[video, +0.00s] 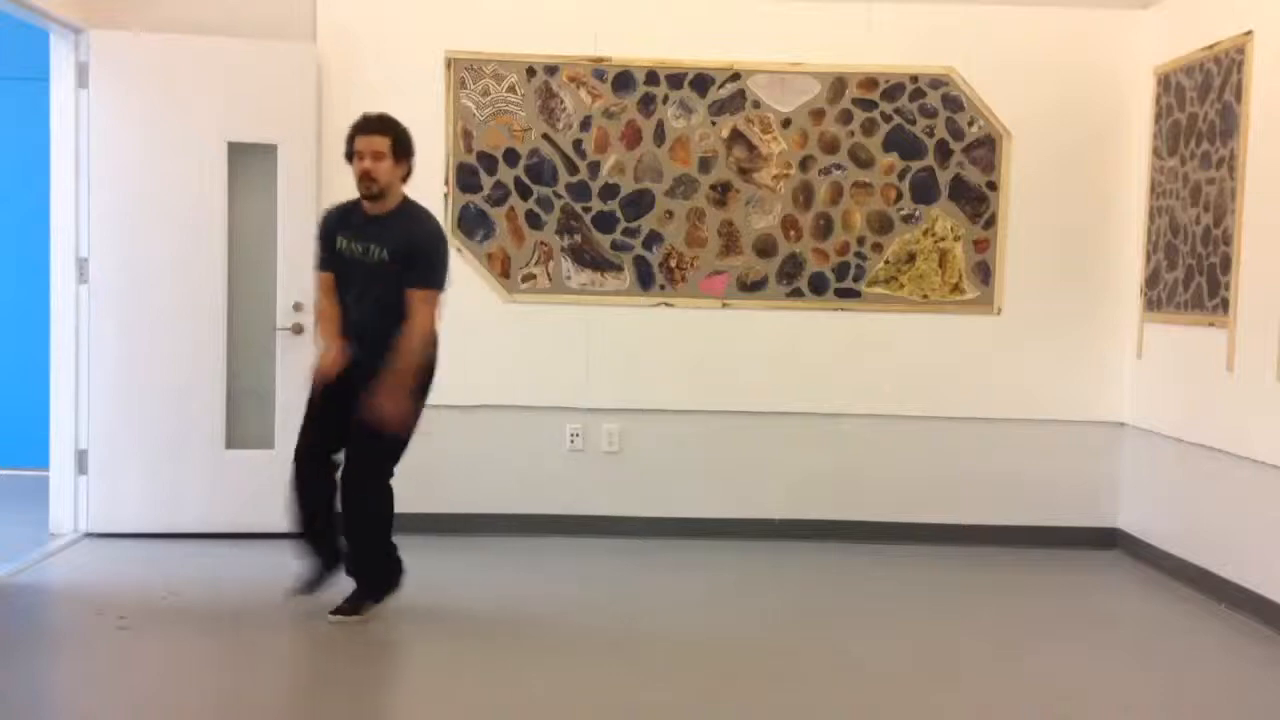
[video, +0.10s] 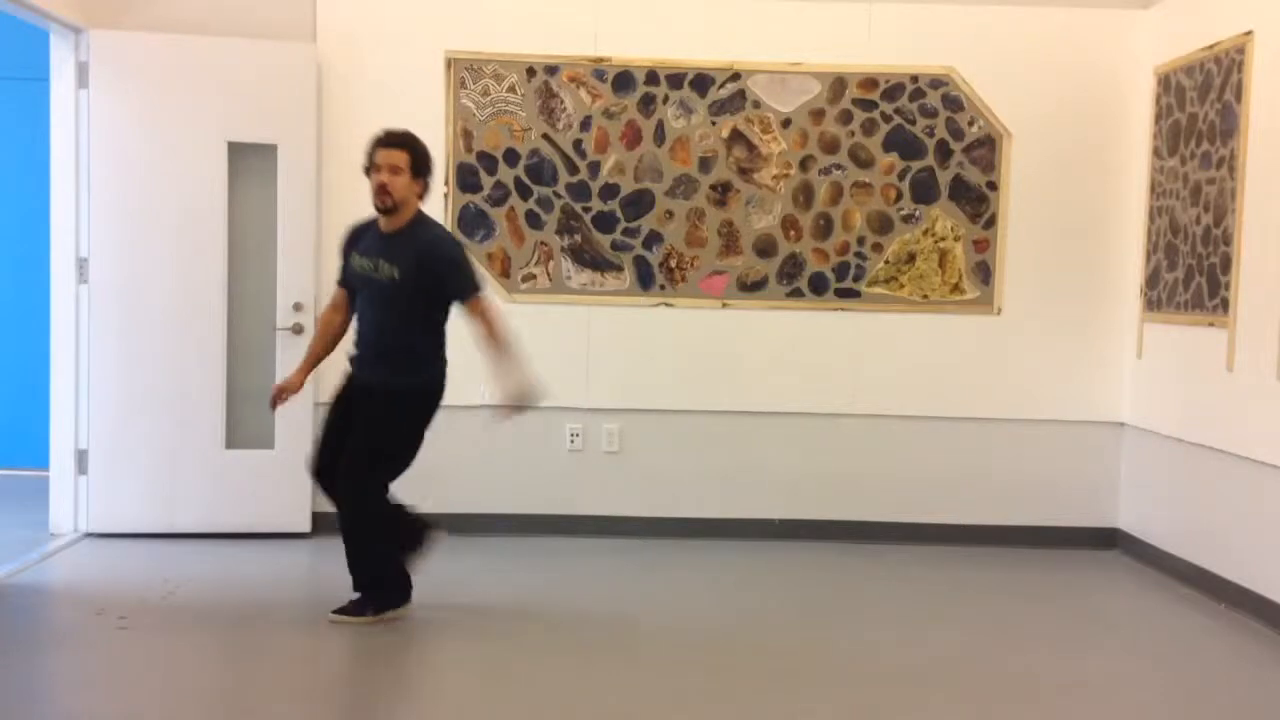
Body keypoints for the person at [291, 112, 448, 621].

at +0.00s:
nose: (365, 167)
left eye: (377, 158)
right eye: (358, 158)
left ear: (402, 165)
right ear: (350, 163)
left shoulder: (421, 229)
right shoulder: (337, 222)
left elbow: (421, 318)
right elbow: (327, 292)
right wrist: (331, 343)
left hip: (402, 356)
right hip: (350, 352)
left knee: (366, 468)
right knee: (311, 456)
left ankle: (376, 574)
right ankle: (327, 551)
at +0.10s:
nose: (382, 180)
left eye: (395, 172)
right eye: (376, 170)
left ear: (420, 183)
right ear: (368, 177)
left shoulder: (438, 247)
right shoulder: (360, 239)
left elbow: (482, 313)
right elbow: (339, 310)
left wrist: (512, 379)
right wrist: (300, 375)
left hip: (413, 385)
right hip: (365, 378)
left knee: (358, 480)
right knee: (329, 469)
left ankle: (383, 590)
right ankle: (405, 531)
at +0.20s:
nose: (407, 178)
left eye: (420, 170)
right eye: (402, 168)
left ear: (443, 185)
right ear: (393, 176)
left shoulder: (460, 239)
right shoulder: (380, 236)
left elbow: (527, 279)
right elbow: (360, 295)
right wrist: (337, 345)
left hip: (435, 380)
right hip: (390, 378)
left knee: (386, 480)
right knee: (387, 480)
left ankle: (386, 593)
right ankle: (466, 538)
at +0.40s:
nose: (445, 164)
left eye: (458, 156)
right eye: (439, 155)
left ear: (480, 167)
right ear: (430, 162)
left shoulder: (501, 224)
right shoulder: (422, 226)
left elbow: (549, 278)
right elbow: (422, 296)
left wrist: (556, 342)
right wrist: (427, 357)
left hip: (498, 365)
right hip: (448, 366)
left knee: (486, 478)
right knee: (475, 476)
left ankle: (479, 589)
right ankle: (524, 567)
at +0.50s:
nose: (469, 188)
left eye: (481, 180)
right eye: (465, 178)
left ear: (507, 191)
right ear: (459, 184)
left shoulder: (526, 250)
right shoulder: (456, 254)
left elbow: (532, 324)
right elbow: (461, 322)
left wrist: (476, 365)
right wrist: (459, 376)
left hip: (531, 382)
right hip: (484, 384)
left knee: (553, 482)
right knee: (487, 489)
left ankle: (595, 589)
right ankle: (535, 582)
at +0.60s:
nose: (493, 189)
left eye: (505, 182)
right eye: (492, 180)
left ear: (533, 195)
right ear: (491, 185)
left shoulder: (546, 254)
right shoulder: (493, 247)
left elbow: (514, 325)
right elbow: (496, 303)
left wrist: (455, 354)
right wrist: (475, 318)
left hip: (560, 393)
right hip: (512, 392)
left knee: (606, 481)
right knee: (503, 496)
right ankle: (537, 585)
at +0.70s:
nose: (519, 166)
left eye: (530, 159)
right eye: (519, 157)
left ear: (559, 170)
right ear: (526, 164)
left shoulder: (567, 227)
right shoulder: (523, 221)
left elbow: (530, 300)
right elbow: (511, 289)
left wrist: (492, 319)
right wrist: (505, 277)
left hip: (592, 365)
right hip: (547, 366)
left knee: (633, 460)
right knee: (536, 474)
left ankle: (692, 551)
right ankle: (533, 573)